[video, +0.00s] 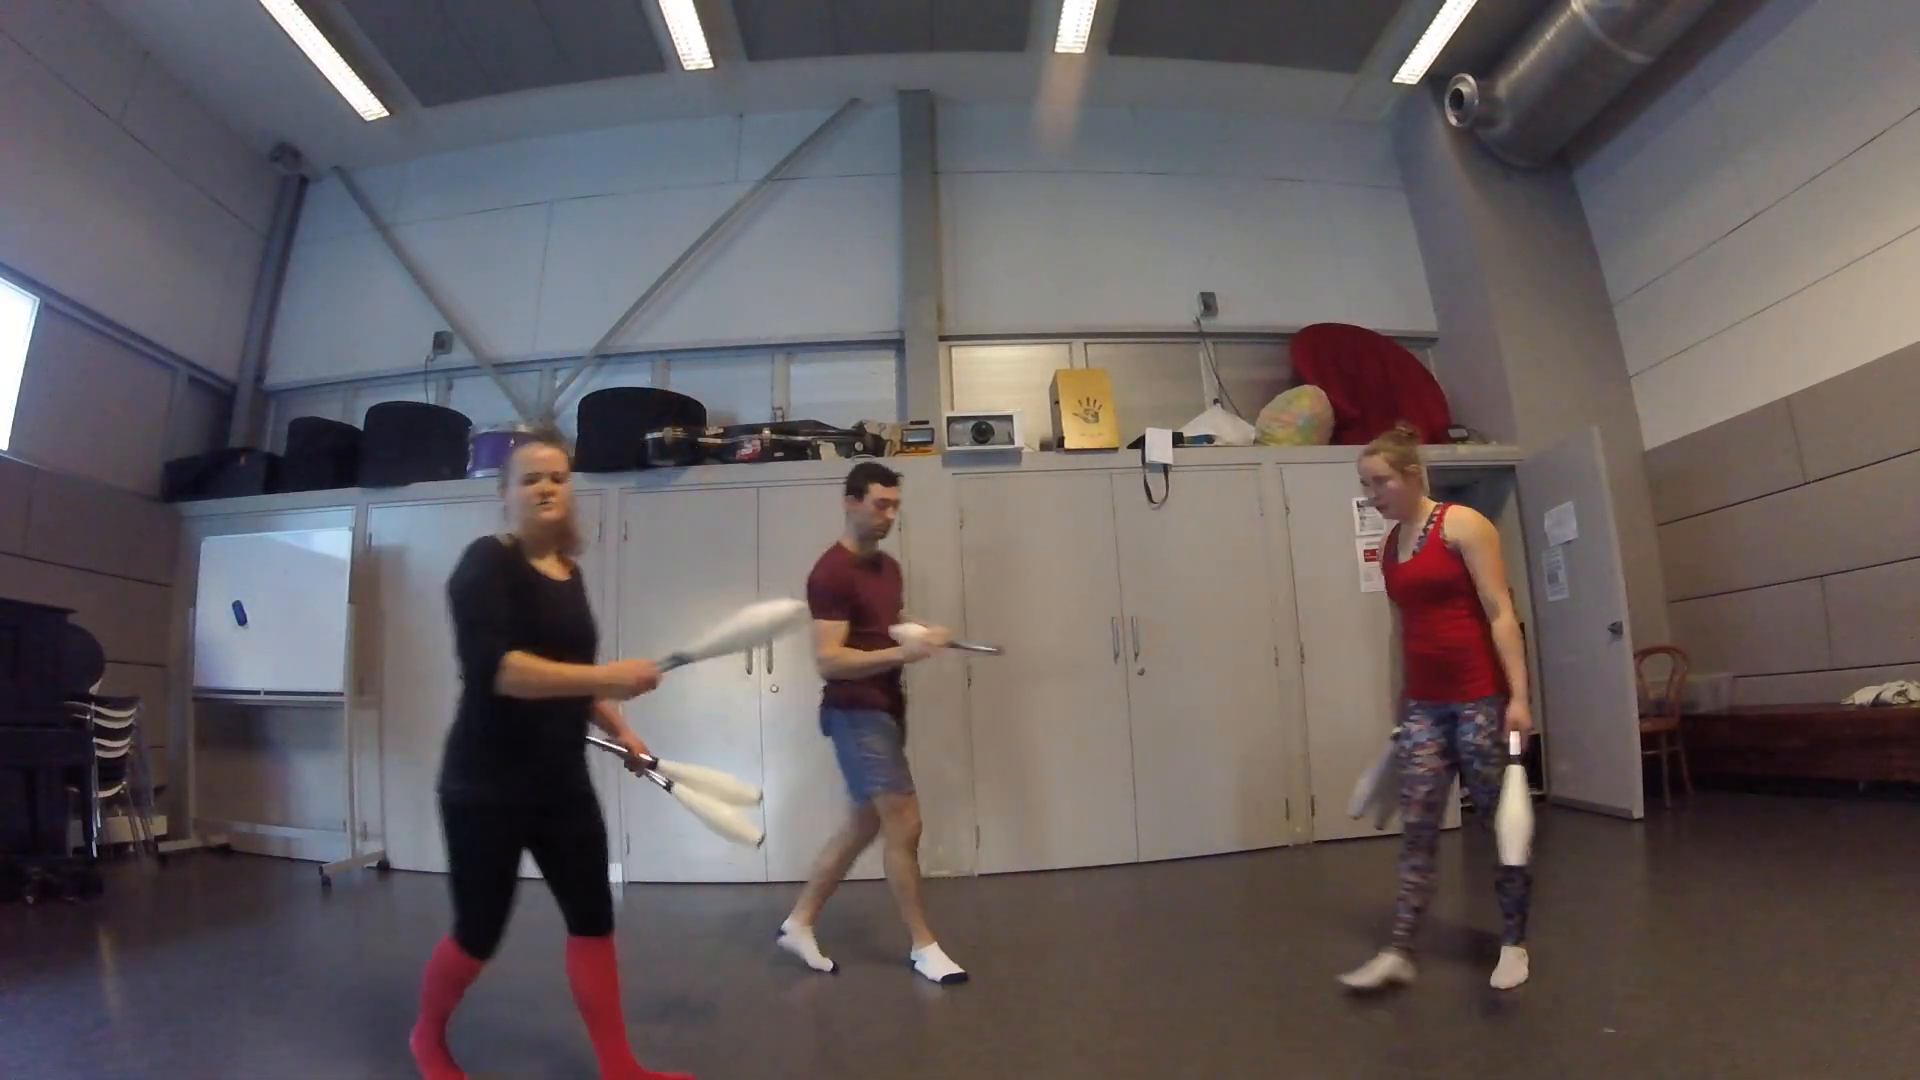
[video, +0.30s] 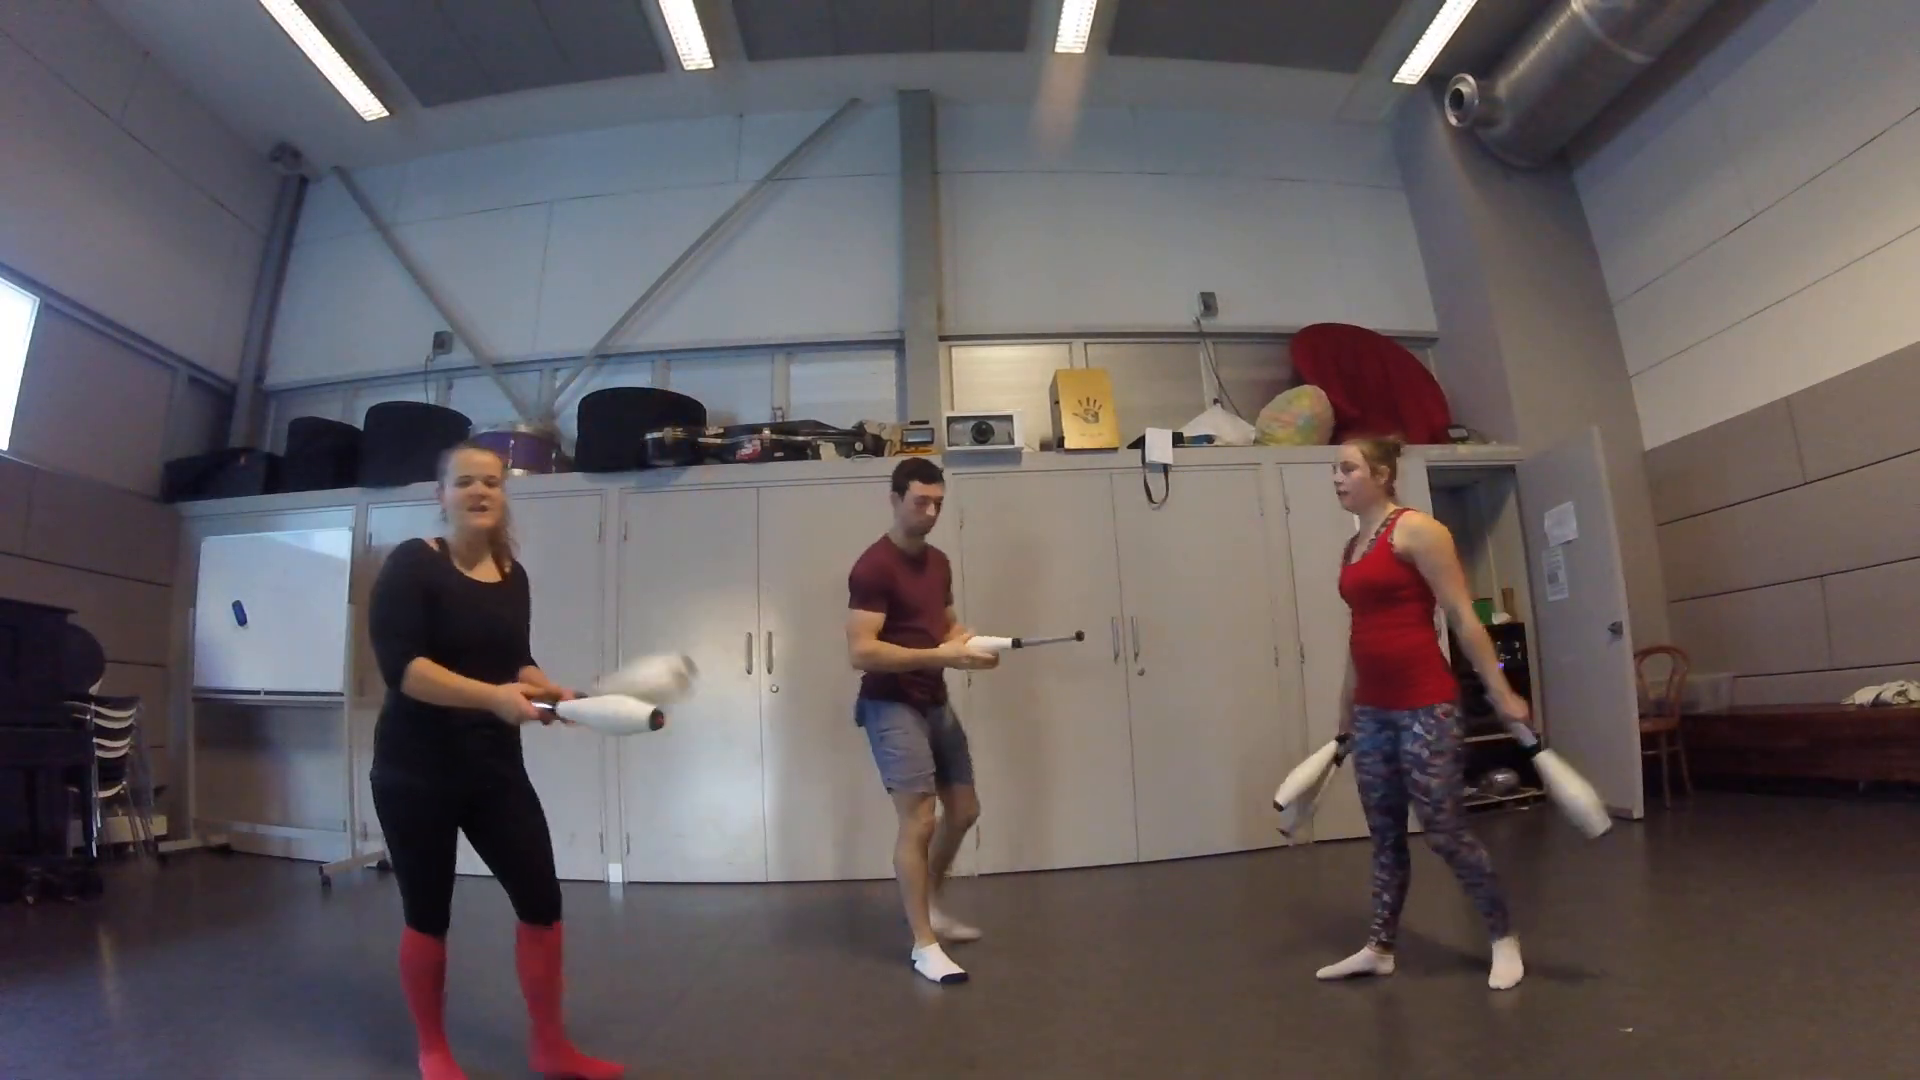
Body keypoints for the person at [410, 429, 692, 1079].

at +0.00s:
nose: (547, 489)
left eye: (557, 477)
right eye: (531, 480)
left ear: (571, 488)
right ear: (508, 494)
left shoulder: (567, 572)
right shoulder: (486, 564)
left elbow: (568, 671)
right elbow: (500, 672)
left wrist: (616, 728)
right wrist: (605, 678)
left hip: (559, 773)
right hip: (486, 777)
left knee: (592, 919)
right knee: (478, 931)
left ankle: (618, 1065)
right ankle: (426, 1040)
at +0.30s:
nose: (479, 492)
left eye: (490, 482)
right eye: (465, 482)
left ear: (505, 496)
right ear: (443, 495)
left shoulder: (513, 576)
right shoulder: (410, 565)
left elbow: (513, 663)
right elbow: (402, 669)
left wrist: (548, 690)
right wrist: (495, 697)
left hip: (493, 762)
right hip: (416, 766)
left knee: (541, 902)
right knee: (428, 913)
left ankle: (550, 1048)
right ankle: (433, 1052)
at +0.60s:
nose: (436, 503)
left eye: (448, 493)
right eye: (425, 494)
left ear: (473, 505)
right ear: (411, 506)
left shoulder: (495, 582)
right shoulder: (388, 571)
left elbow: (511, 668)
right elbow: (376, 669)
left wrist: (511, 673)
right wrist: (457, 672)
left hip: (477, 754)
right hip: (404, 757)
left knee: (481, 891)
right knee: (425, 904)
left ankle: (453, 972)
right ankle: (430, 1047)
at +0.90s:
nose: (437, 522)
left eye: (449, 513)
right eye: (428, 513)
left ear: (473, 523)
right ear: (416, 522)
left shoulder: (489, 593)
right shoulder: (387, 585)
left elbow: (499, 673)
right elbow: (348, 666)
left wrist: (516, 677)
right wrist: (406, 673)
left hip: (471, 761)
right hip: (404, 763)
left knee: (454, 883)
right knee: (415, 892)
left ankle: (439, 987)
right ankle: (420, 1031)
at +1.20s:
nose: (452, 525)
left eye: (456, 516)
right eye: (440, 515)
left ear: (459, 525)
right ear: (408, 522)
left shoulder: (466, 592)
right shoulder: (371, 583)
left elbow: (475, 663)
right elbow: (330, 662)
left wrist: (500, 668)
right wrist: (391, 673)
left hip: (455, 757)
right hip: (388, 758)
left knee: (445, 878)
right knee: (391, 884)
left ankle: (440, 991)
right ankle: (345, 992)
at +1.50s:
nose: (425, 522)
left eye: (427, 513)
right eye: (413, 512)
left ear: (424, 522)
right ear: (378, 518)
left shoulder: (429, 589)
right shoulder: (342, 580)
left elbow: (434, 667)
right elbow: (301, 660)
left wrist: (478, 681)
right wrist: (368, 673)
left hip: (419, 752)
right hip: (352, 753)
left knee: (427, 872)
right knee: (346, 877)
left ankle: (438, 990)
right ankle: (338, 1001)